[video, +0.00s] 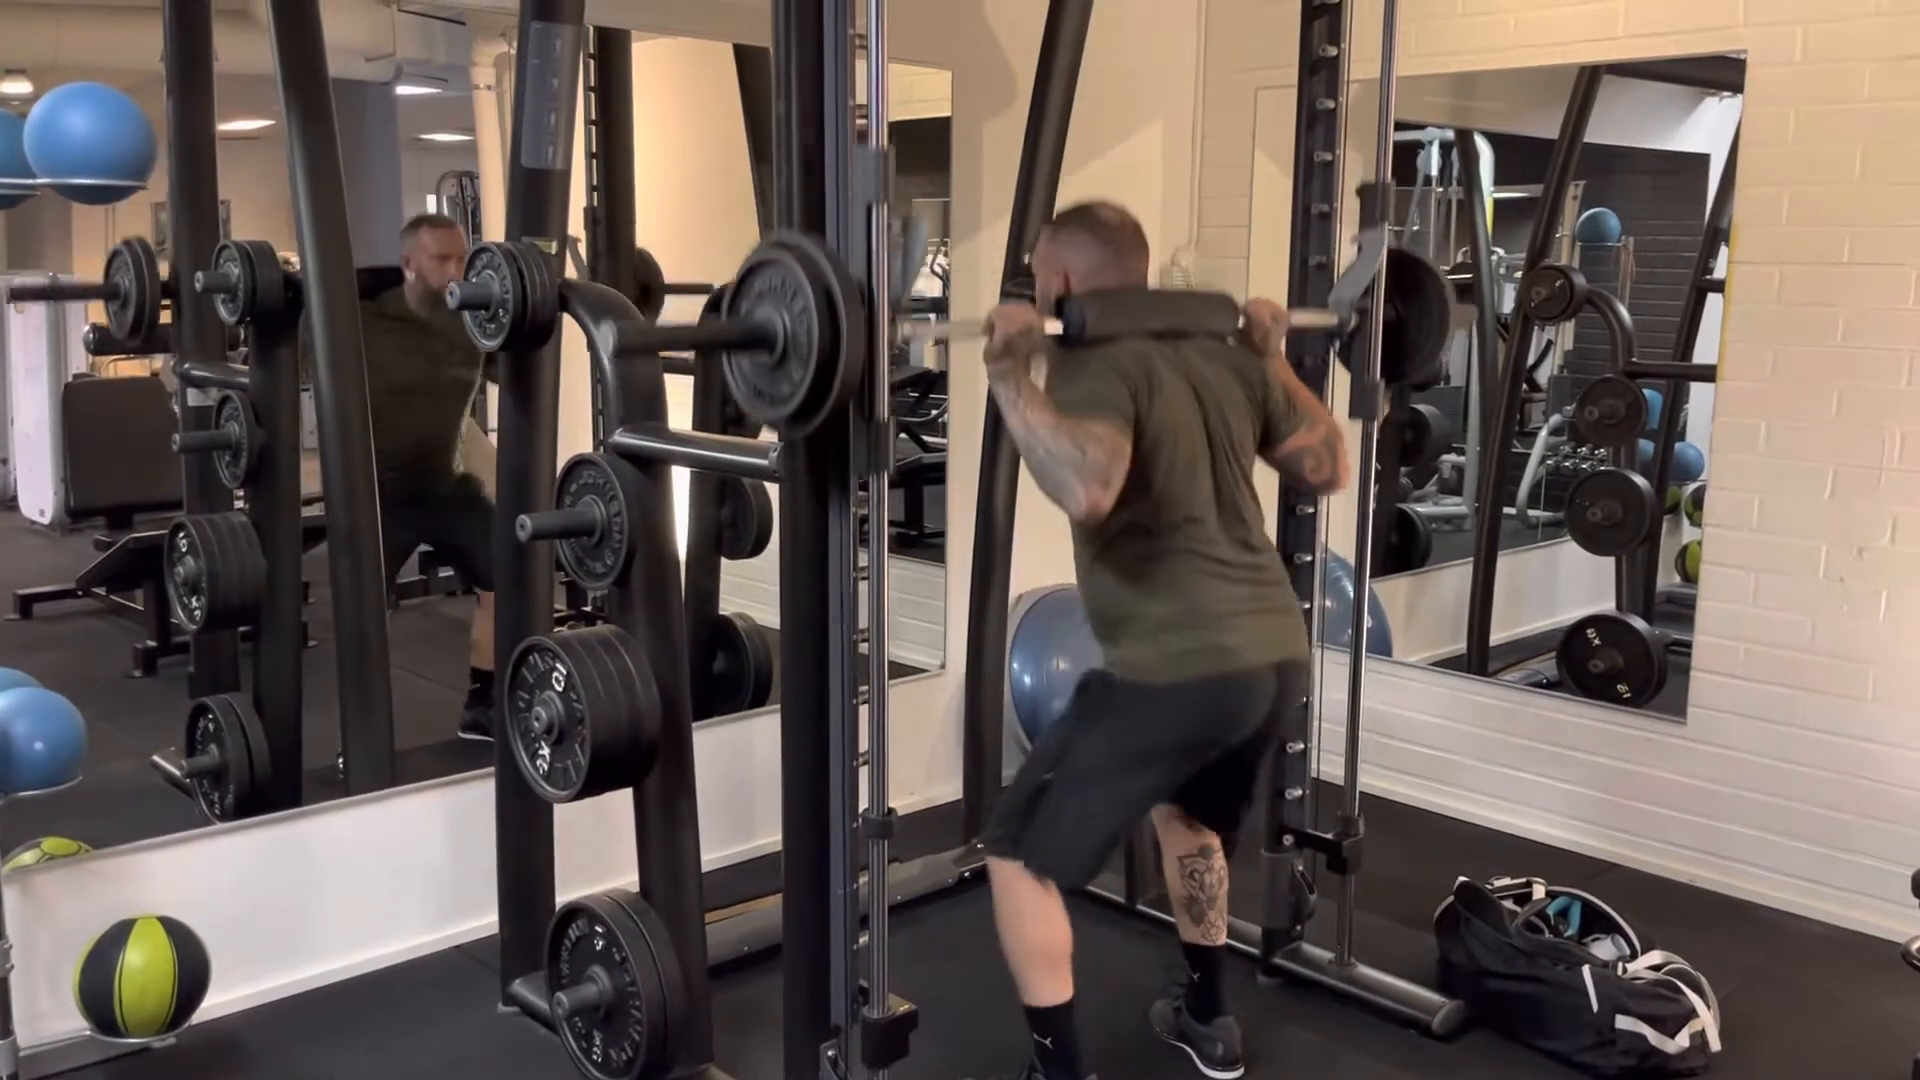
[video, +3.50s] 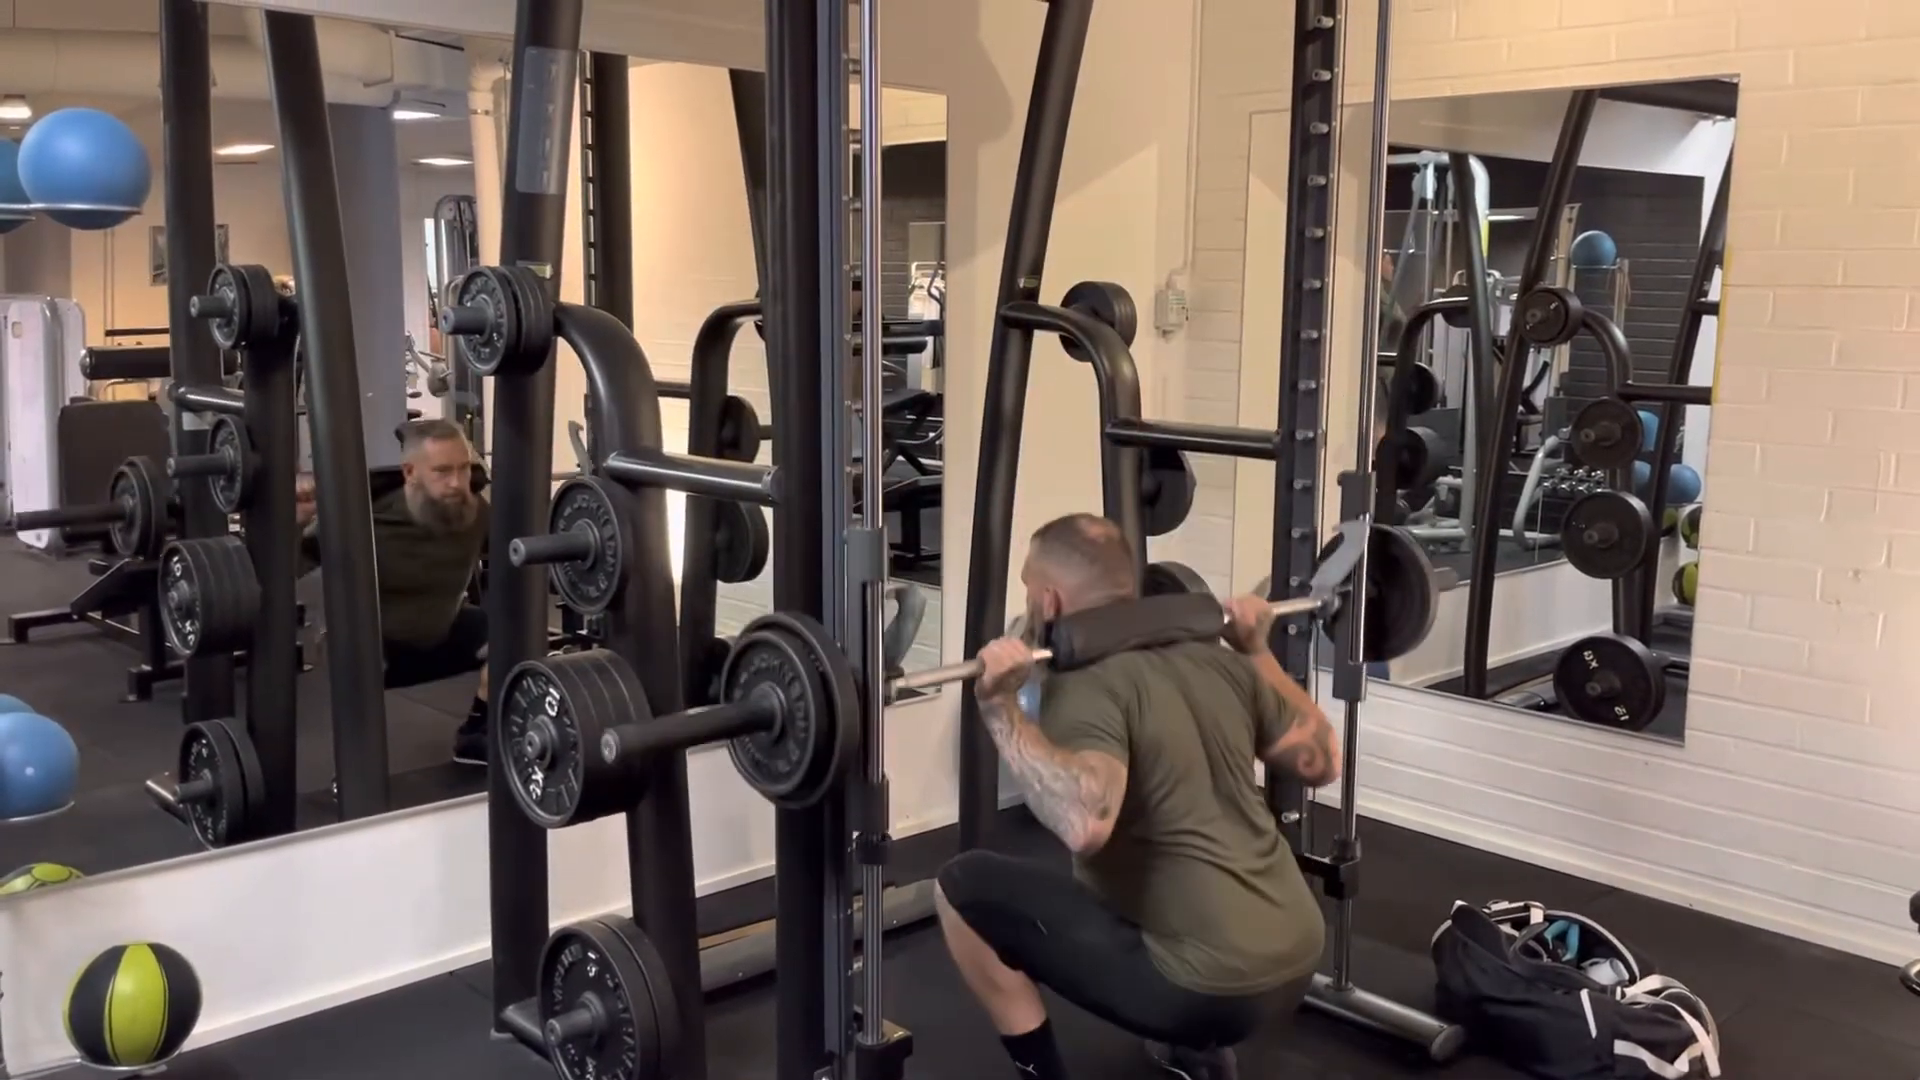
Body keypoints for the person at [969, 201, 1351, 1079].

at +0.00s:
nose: (1040, 300)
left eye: (1045, 284)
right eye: (1040, 284)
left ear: (1071, 280)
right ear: (1140, 271)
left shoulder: (1101, 361)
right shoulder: (1228, 351)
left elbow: (1087, 484)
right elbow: (1324, 464)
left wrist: (1011, 376)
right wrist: (1275, 356)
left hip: (1173, 674)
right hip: (1271, 664)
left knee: (1019, 850)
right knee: (1187, 810)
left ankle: (1058, 1067)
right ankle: (1210, 1022)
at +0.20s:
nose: (1036, 413)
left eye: (1038, 397)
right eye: (1035, 399)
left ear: (1059, 401)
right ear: (1133, 388)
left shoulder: (1099, 473)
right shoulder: (1227, 464)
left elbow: (1094, 603)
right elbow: (1331, 562)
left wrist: (1004, 493)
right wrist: (1270, 460)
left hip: (1194, 783)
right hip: (1292, 770)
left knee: (984, 858)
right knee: (1171, 818)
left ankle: (1057, 1065)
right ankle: (1209, 1019)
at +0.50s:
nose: (1033, 546)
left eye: (1033, 529)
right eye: (1032, 528)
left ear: (1056, 536)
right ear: (1132, 521)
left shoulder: (1098, 609)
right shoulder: (1223, 594)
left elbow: (1093, 750)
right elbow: (1331, 688)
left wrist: (1005, 638)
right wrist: (1266, 585)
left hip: (1205, 914)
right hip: (1302, 898)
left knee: (971, 863)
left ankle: (1053, 1067)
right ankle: (1205, 1022)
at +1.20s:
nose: (1035, 433)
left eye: (1037, 419)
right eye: (1034, 419)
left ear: (1057, 427)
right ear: (1136, 414)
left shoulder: (1094, 506)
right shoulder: (1224, 496)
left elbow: (1085, 636)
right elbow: (1325, 597)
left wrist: (1001, 525)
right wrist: (1265, 491)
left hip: (1200, 807)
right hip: (1300, 791)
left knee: (986, 862)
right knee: (1150, 811)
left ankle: (1051, 1066)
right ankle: (1203, 1022)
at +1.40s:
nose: (1037, 330)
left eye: (1041, 314)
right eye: (1039, 314)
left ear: (1064, 315)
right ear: (1138, 310)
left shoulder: (1090, 399)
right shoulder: (1218, 393)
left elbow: (1079, 533)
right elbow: (1320, 504)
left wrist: (1005, 426)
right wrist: (1267, 401)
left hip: (1170, 706)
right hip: (1265, 693)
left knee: (1002, 858)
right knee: (1172, 832)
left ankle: (1052, 1066)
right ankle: (1201, 1022)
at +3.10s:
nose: (1029, 473)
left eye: (1031, 460)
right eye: (1027, 460)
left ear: (1051, 468)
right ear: (1128, 452)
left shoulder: (1092, 540)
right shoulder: (1221, 529)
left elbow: (1089, 668)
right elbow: (1329, 631)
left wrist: (1003, 563)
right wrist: (1264, 526)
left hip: (1197, 845)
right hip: (1294, 829)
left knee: (973, 884)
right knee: (1135, 830)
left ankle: (1043, 1069)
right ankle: (1200, 1036)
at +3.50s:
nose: (1029, 611)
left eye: (1029, 596)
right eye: (1028, 596)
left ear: (1053, 601)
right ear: (1127, 586)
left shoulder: (1092, 679)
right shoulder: (1219, 657)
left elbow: (1085, 821)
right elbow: (1319, 761)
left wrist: (998, 705)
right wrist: (1258, 652)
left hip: (1202, 990)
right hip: (1295, 966)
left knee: (961, 886)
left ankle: (1041, 1069)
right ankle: (1200, 1053)